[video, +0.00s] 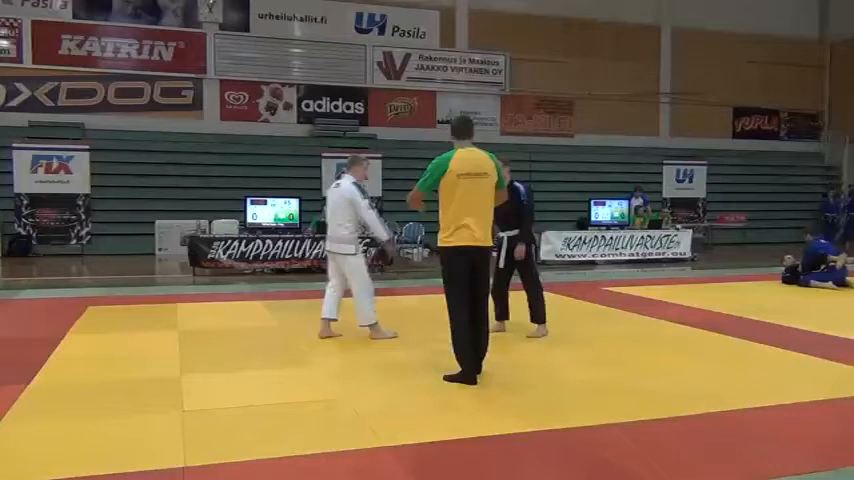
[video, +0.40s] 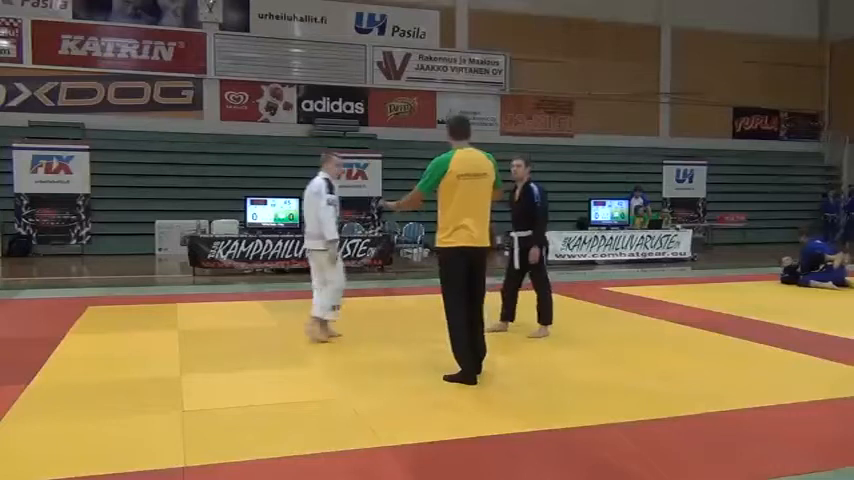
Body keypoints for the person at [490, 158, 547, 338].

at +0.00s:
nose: (502, 176)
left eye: (504, 172)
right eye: (499, 173)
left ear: (509, 172)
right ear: (495, 174)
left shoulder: (519, 190)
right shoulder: (493, 192)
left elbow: (527, 217)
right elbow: (490, 217)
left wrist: (522, 241)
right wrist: (490, 240)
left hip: (521, 237)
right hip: (504, 239)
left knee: (531, 282)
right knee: (499, 282)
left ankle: (541, 323)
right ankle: (500, 321)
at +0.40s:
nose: (513, 169)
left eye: (518, 166)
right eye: (512, 166)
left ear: (528, 169)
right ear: (511, 170)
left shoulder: (534, 190)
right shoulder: (514, 192)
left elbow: (541, 219)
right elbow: (517, 218)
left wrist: (536, 244)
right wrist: (514, 244)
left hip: (532, 240)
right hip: (517, 240)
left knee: (541, 284)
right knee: (510, 283)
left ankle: (544, 324)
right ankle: (504, 320)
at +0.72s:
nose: (526, 168)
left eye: (530, 165)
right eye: (525, 165)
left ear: (540, 169)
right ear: (525, 169)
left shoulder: (544, 190)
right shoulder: (527, 190)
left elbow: (544, 220)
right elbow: (525, 219)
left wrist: (538, 245)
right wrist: (521, 244)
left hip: (538, 239)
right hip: (525, 238)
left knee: (542, 282)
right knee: (522, 282)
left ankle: (545, 324)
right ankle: (533, 315)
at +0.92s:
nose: (533, 168)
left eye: (537, 165)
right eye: (532, 165)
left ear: (547, 168)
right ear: (531, 169)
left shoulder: (550, 190)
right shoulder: (532, 191)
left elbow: (547, 219)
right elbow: (525, 216)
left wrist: (534, 241)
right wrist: (511, 234)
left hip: (543, 241)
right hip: (529, 240)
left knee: (544, 282)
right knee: (532, 282)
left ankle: (546, 324)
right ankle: (545, 314)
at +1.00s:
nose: (534, 169)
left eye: (538, 166)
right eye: (533, 166)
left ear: (548, 169)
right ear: (531, 169)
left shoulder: (552, 191)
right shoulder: (532, 190)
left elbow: (549, 220)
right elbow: (524, 215)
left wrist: (535, 240)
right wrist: (510, 234)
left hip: (544, 241)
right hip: (529, 239)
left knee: (545, 282)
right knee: (534, 283)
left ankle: (546, 324)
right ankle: (547, 316)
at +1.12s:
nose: (535, 170)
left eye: (539, 167)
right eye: (533, 167)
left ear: (548, 169)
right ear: (532, 171)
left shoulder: (554, 192)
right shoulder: (533, 191)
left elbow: (553, 220)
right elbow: (526, 216)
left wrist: (541, 241)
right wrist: (513, 234)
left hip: (547, 241)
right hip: (533, 240)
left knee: (547, 282)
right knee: (538, 282)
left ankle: (546, 323)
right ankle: (551, 310)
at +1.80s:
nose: (538, 172)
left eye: (541, 169)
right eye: (537, 169)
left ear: (551, 170)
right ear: (538, 173)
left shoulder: (559, 189)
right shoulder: (541, 193)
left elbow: (561, 217)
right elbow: (539, 219)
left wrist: (557, 240)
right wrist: (529, 239)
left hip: (556, 240)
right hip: (543, 240)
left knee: (558, 280)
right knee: (546, 280)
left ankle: (567, 321)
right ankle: (551, 317)